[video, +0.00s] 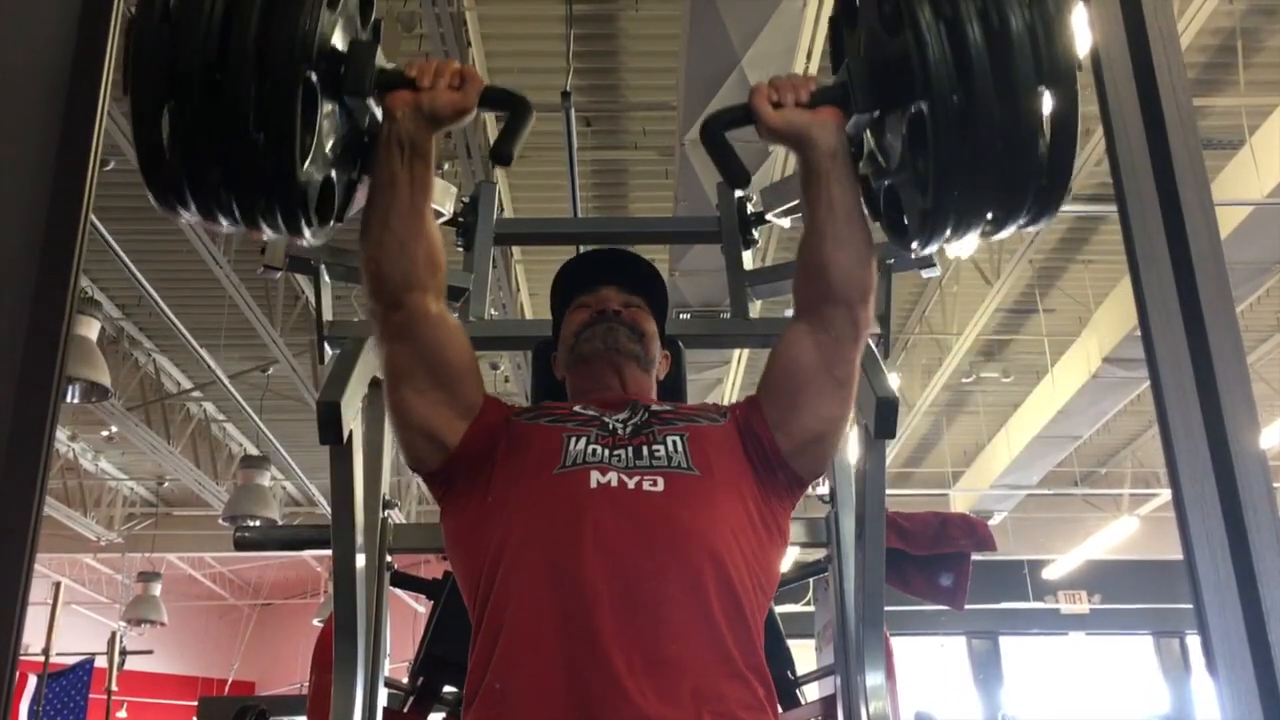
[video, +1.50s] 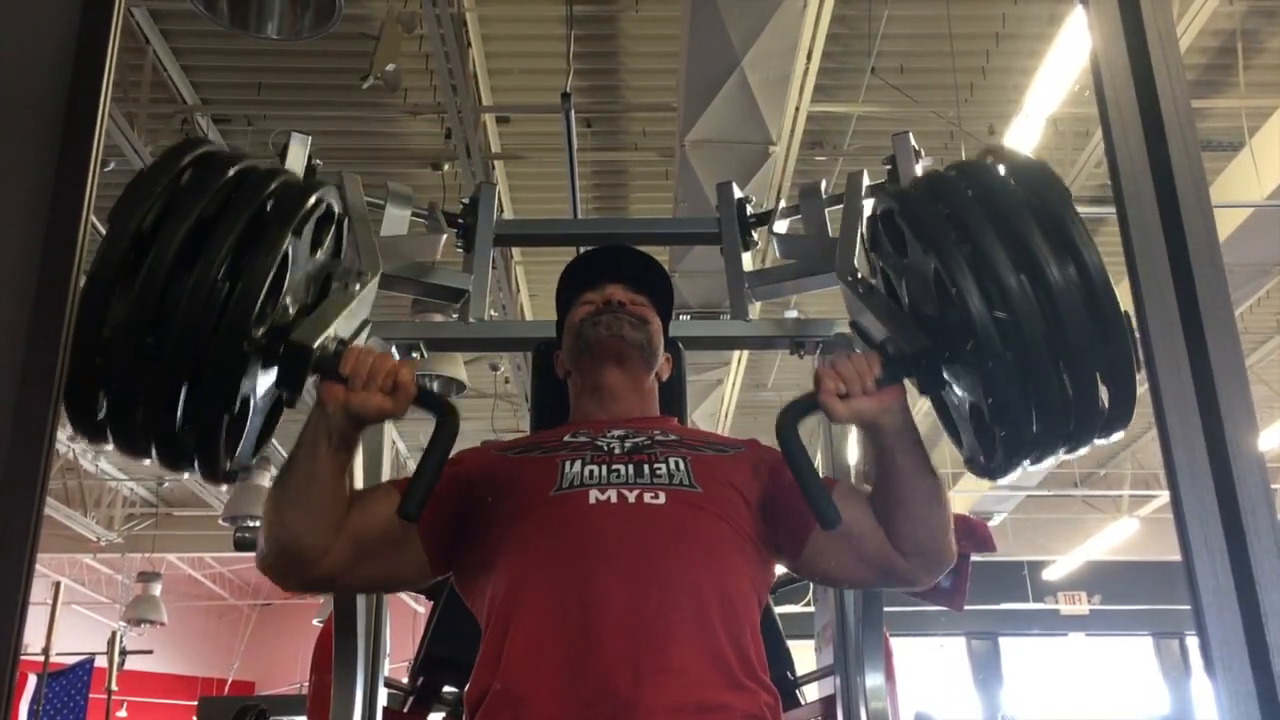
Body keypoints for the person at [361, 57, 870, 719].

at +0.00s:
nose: (609, 310)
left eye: (632, 310)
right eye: (585, 309)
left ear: (664, 362)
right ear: (555, 360)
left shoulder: (754, 448)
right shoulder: (485, 450)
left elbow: (836, 312)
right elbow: (406, 302)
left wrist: (824, 145)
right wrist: (408, 133)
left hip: (723, 707)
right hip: (515, 706)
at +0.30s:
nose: (612, 308)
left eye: (636, 307)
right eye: (588, 306)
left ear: (668, 358)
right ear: (553, 358)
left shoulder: (754, 452)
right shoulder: (482, 455)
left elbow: (876, 360)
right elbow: (360, 354)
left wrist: (836, 197)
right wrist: (396, 183)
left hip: (727, 704)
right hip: (523, 703)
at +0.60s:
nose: (614, 305)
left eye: (638, 306)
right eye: (588, 305)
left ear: (666, 362)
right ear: (556, 359)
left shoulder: (744, 457)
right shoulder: (488, 463)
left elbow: (918, 455)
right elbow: (309, 445)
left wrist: (862, 308)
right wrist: (367, 297)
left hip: (721, 703)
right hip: (527, 704)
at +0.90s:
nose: (613, 305)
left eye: (636, 305)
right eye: (587, 306)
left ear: (667, 362)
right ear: (554, 362)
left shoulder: (742, 460)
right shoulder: (489, 468)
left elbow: (926, 526)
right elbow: (296, 532)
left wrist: (879, 393)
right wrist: (345, 385)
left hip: (726, 704)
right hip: (530, 704)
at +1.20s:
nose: (618, 302)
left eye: (639, 302)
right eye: (592, 303)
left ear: (671, 358)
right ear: (558, 359)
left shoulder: (750, 462)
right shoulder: (489, 469)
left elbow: (915, 564)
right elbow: (304, 569)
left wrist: (892, 428)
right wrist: (333, 435)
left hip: (722, 704)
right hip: (527, 704)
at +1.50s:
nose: (616, 306)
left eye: (639, 307)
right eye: (591, 306)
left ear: (670, 360)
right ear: (557, 359)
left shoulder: (748, 465)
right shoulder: (489, 471)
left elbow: (917, 558)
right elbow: (298, 557)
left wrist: (890, 425)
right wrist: (336, 418)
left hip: (724, 705)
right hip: (530, 707)